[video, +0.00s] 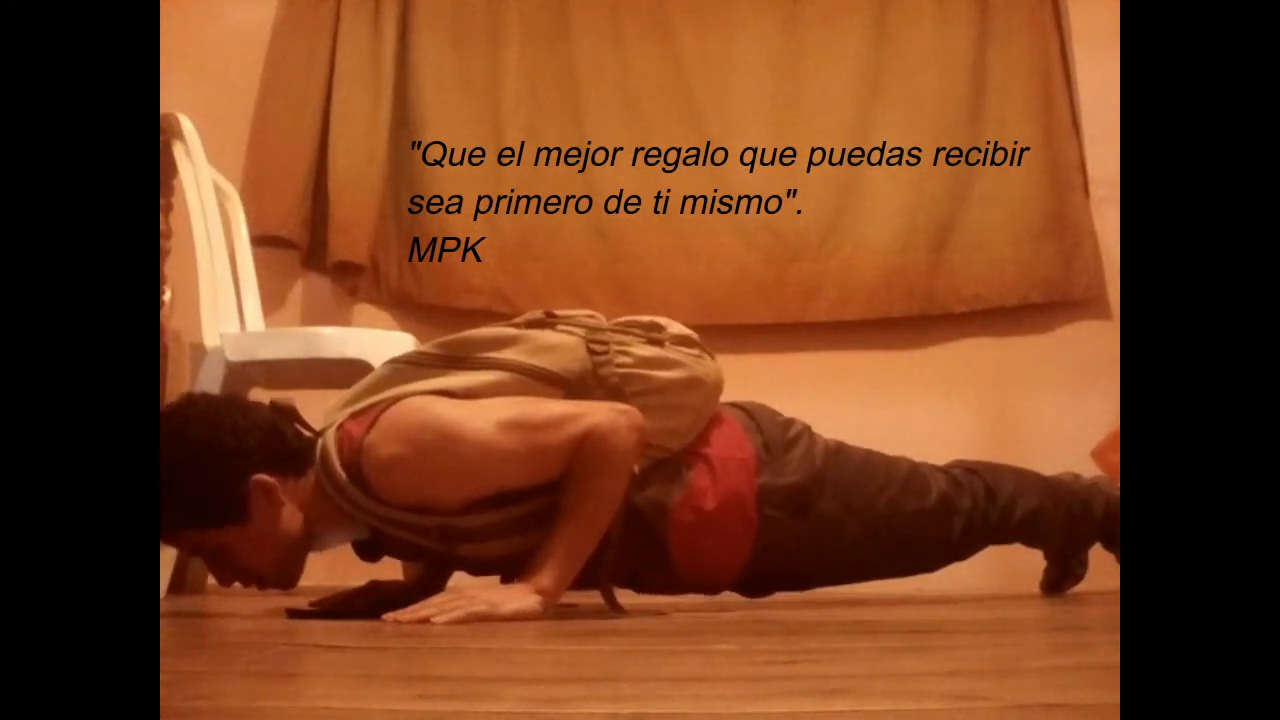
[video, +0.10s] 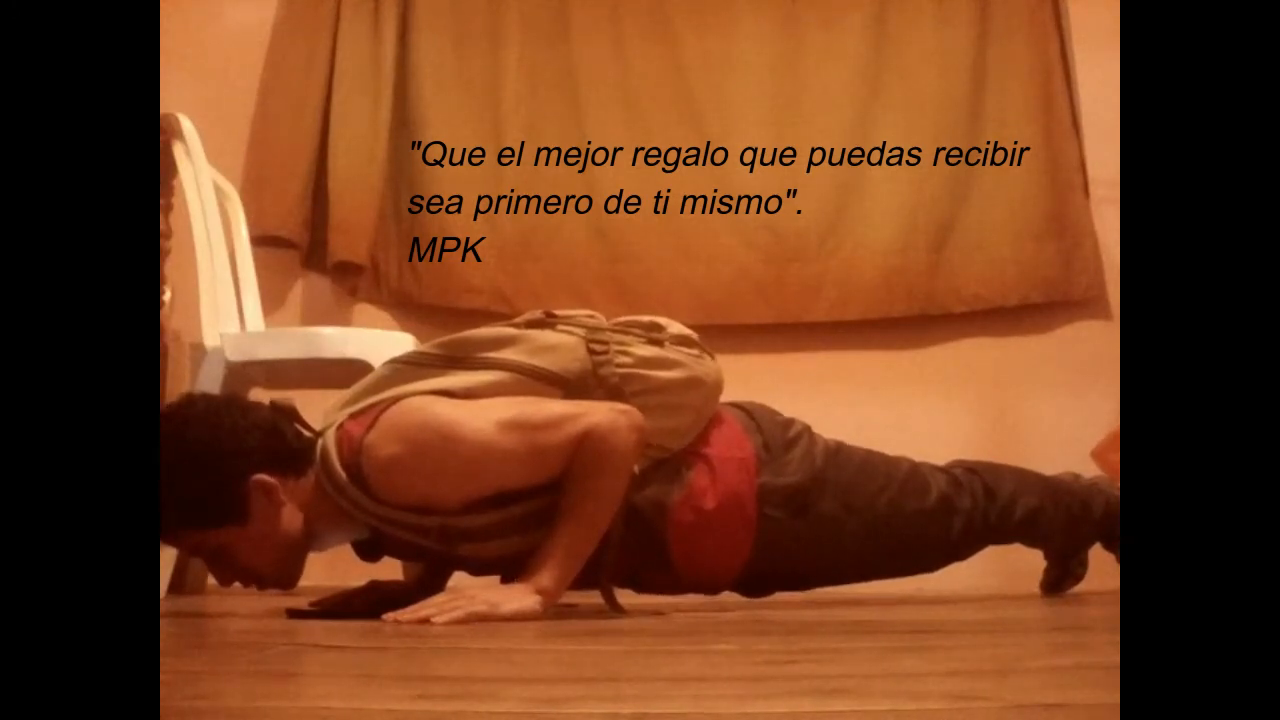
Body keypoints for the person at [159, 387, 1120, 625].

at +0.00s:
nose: (219, 576)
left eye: (211, 552)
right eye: (200, 561)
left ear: (263, 494)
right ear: (260, 483)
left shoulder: (396, 451)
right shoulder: (353, 461)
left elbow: (610, 438)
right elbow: (481, 534)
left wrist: (539, 588)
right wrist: (384, 589)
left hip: (735, 490)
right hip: (707, 505)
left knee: (941, 509)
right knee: (921, 509)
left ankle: (1093, 505)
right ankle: (1075, 506)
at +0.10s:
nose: (219, 576)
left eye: (212, 551)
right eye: (200, 560)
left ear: (264, 494)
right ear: (261, 483)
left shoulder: (396, 452)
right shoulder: (353, 460)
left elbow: (609, 438)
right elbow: (478, 534)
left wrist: (539, 588)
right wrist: (385, 588)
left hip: (735, 491)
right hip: (708, 501)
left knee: (940, 509)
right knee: (922, 508)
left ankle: (1093, 505)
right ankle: (1074, 506)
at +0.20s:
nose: (218, 576)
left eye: (212, 551)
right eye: (200, 561)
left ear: (264, 494)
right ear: (261, 484)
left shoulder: (395, 452)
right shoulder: (353, 461)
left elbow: (609, 438)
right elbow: (480, 533)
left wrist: (539, 589)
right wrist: (387, 587)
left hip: (735, 490)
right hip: (707, 505)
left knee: (942, 509)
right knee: (922, 507)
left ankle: (1094, 505)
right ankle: (1076, 506)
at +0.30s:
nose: (217, 576)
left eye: (211, 551)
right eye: (199, 560)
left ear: (264, 494)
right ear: (261, 484)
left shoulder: (395, 452)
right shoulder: (353, 461)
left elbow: (609, 438)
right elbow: (483, 531)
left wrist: (539, 588)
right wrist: (387, 587)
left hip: (735, 490)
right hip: (707, 504)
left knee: (942, 509)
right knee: (921, 508)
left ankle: (1094, 506)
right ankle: (1076, 505)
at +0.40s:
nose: (217, 576)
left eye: (211, 551)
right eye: (199, 561)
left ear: (262, 493)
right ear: (259, 482)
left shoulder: (396, 453)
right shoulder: (355, 459)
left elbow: (609, 437)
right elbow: (485, 530)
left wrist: (539, 588)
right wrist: (389, 586)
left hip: (737, 491)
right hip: (711, 499)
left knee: (942, 508)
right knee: (923, 505)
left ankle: (1094, 505)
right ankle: (1076, 505)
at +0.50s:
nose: (217, 576)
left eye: (211, 551)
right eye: (199, 560)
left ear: (262, 493)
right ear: (259, 482)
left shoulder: (397, 453)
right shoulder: (355, 460)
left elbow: (609, 437)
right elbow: (486, 529)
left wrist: (539, 588)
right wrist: (390, 585)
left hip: (737, 491)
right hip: (710, 500)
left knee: (943, 508)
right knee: (923, 505)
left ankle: (1095, 505)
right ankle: (1077, 505)